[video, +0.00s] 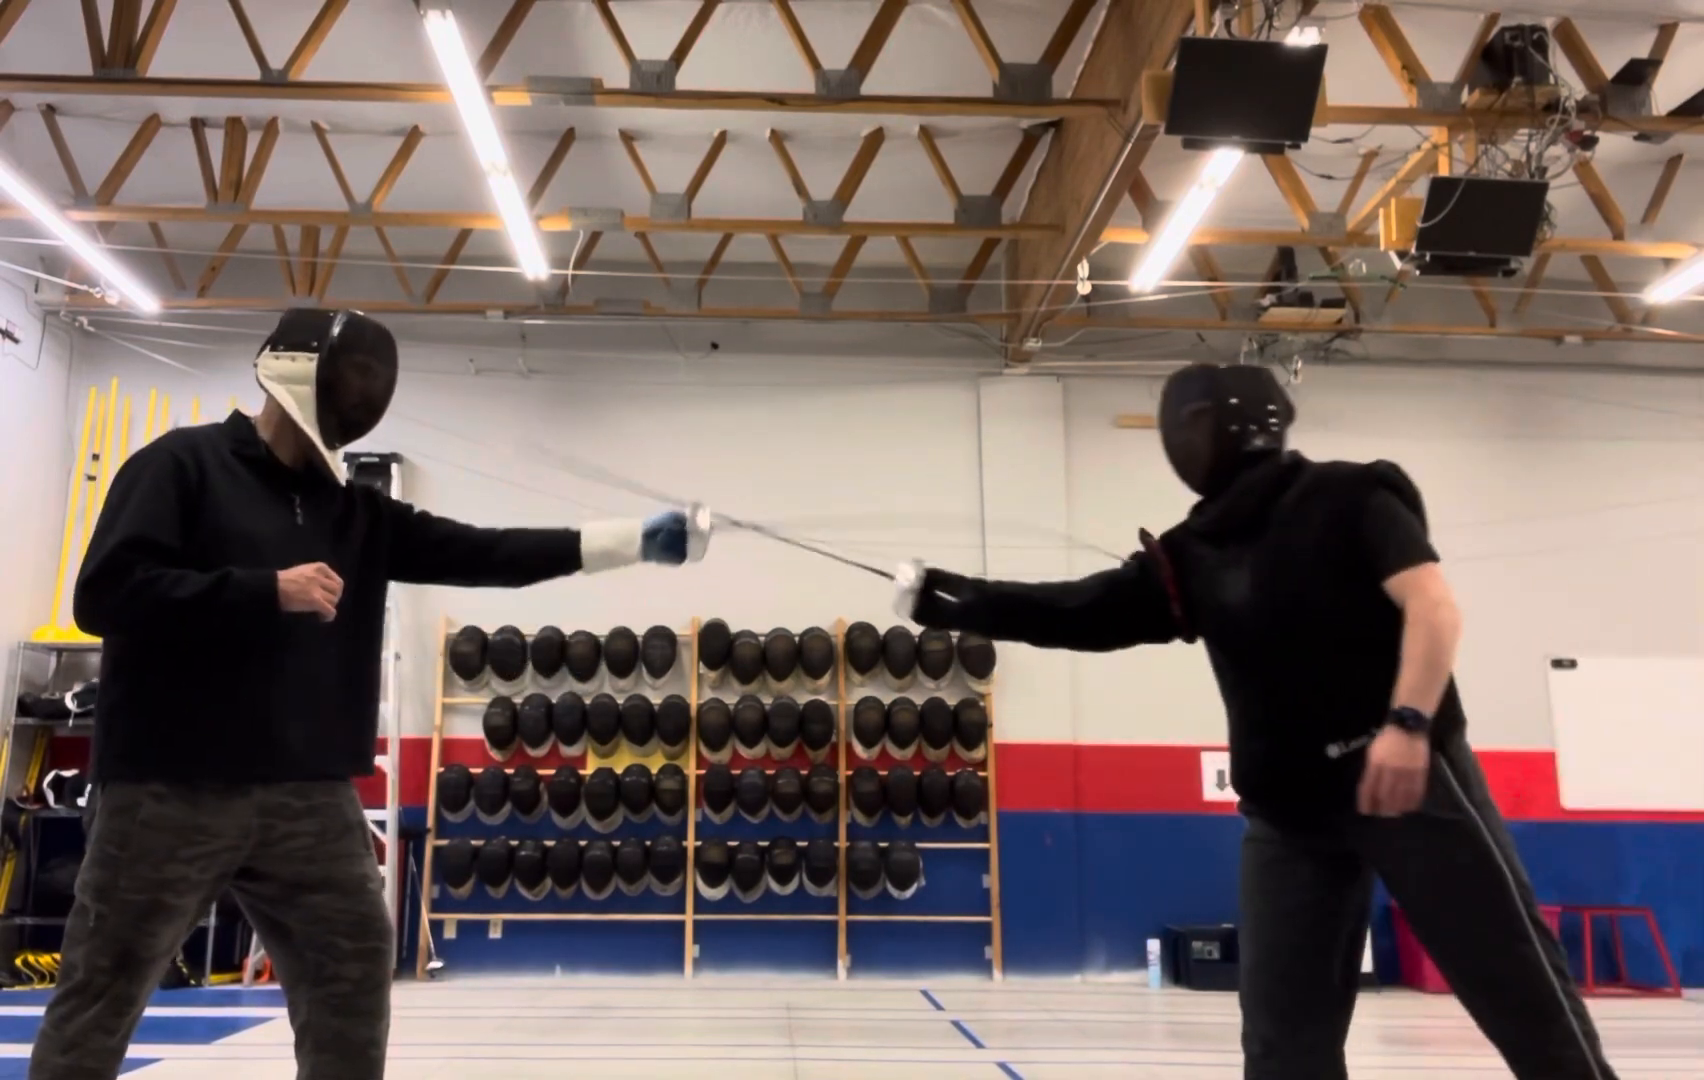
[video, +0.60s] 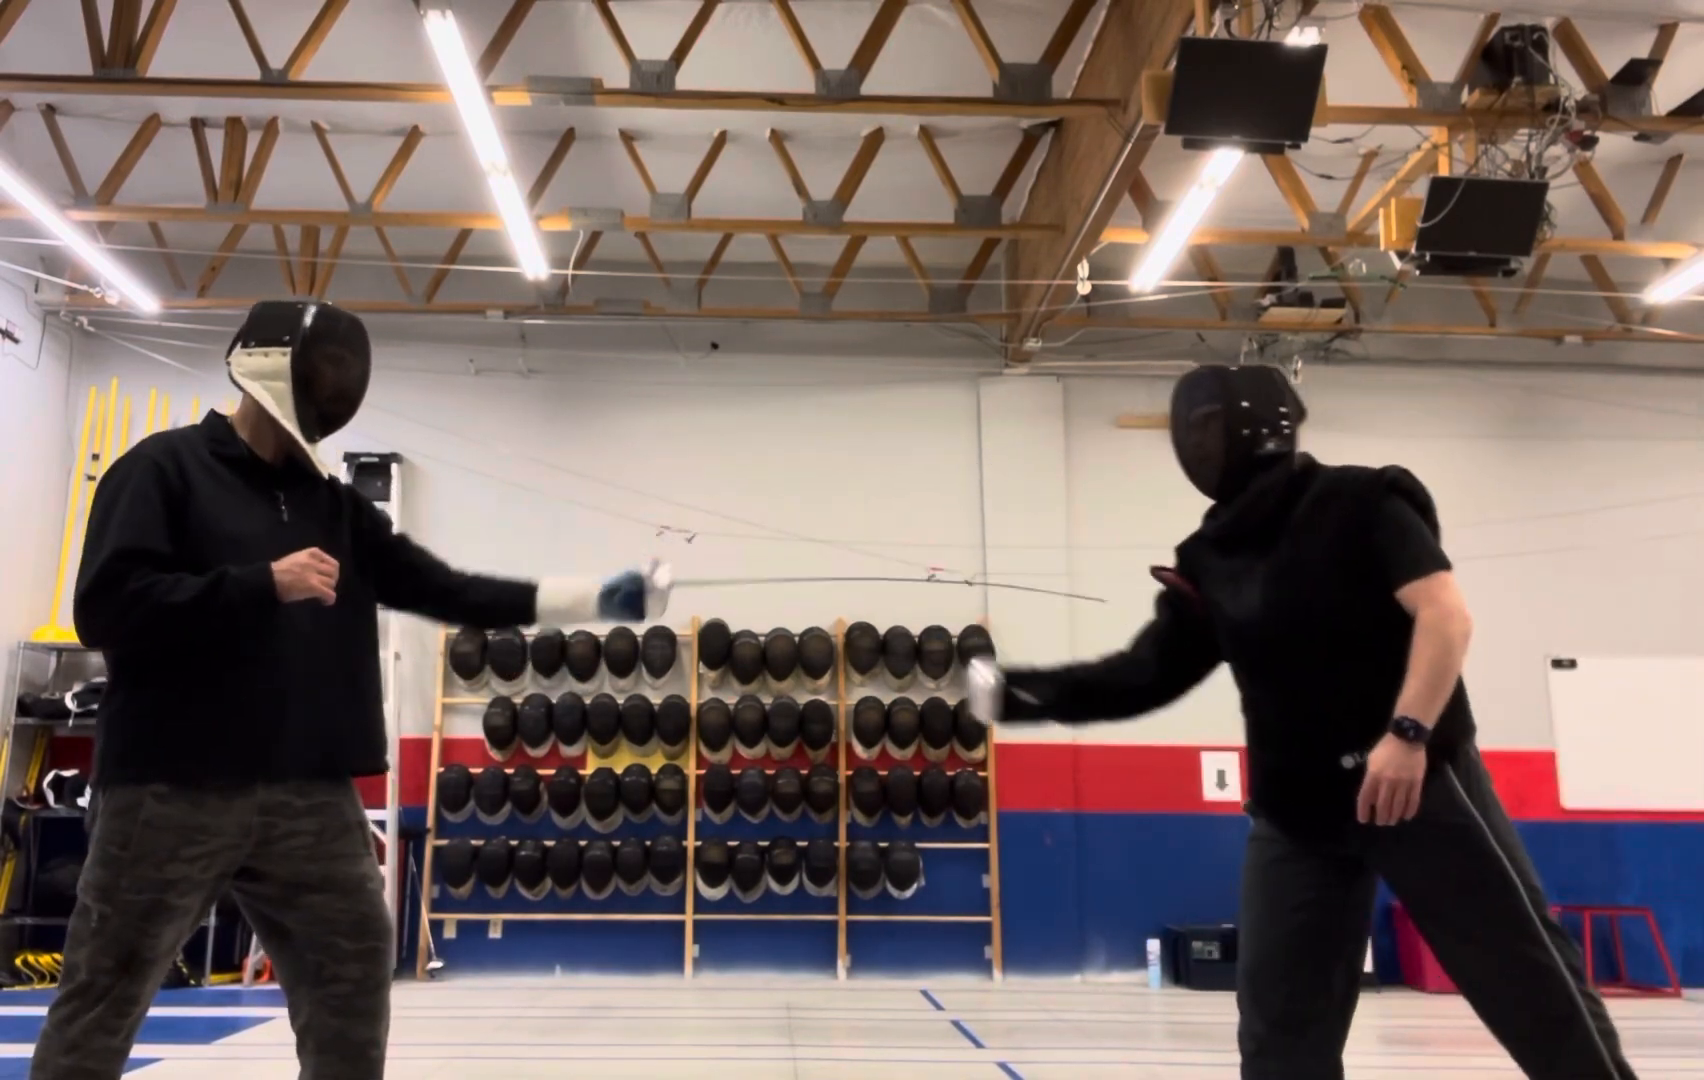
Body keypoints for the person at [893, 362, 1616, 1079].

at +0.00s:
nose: (1174, 445)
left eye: (1183, 424)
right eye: (1172, 429)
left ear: (1231, 423)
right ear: (1239, 429)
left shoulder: (1351, 498)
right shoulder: (1193, 558)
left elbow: (1435, 610)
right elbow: (1081, 610)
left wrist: (1409, 723)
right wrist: (958, 602)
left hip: (1413, 788)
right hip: (1291, 817)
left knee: (1525, 1000)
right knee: (1286, 1046)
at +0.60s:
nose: (1187, 448)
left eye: (1200, 427)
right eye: (1184, 432)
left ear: (1249, 424)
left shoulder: (1361, 501)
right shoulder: (1212, 565)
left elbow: (1445, 617)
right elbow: (1145, 674)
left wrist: (1410, 732)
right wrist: (1015, 691)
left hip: (1420, 792)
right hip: (1298, 820)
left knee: (1536, 996)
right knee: (1282, 1043)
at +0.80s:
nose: (1288, 468)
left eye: (1299, 448)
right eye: (1286, 452)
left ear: (1346, 444)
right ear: (1362, 447)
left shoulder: (1462, 525)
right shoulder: (1305, 573)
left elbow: (1545, 647)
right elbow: (1296, 710)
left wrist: (1486, 759)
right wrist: (1221, 793)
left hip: (1495, 815)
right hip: (1364, 828)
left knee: (1595, 1024)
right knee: (1307, 1045)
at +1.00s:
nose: (1390, 465)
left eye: (1401, 444)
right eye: (1388, 449)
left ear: (1445, 442)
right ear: (1474, 442)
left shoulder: (1573, 523)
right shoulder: (1408, 570)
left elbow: (1653, 646)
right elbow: (1383, 701)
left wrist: (1601, 766)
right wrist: (1282, 751)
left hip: (1595, 818)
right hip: (1468, 826)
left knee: (1651, 1037)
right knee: (1407, 1041)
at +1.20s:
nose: (1441, 454)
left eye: (1451, 434)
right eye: (1438, 439)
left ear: (1493, 430)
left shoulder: (1628, 510)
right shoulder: (1455, 561)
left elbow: (1696, 627)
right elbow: (1388, 670)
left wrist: (1693, 760)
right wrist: (1272, 661)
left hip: (1644, 804)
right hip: (1518, 816)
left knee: (1678, 1020)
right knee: (1488, 996)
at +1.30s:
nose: (1455, 456)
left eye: (1467, 434)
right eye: (1449, 441)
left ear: (1517, 425)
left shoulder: (1642, 512)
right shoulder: (1463, 561)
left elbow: (1703, 633)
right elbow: (1383, 655)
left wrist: (1703, 771)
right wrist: (1264, 647)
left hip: (1659, 805)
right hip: (1530, 819)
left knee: (1684, 1021)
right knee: (1516, 1007)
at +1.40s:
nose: (1463, 456)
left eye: (1475, 435)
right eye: (1456, 441)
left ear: (1526, 426)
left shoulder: (1653, 511)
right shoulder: (1469, 561)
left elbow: (1703, 619)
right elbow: (1385, 649)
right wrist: (1272, 644)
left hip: (1668, 809)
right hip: (1539, 822)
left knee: (1687, 1027)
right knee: (1529, 1016)